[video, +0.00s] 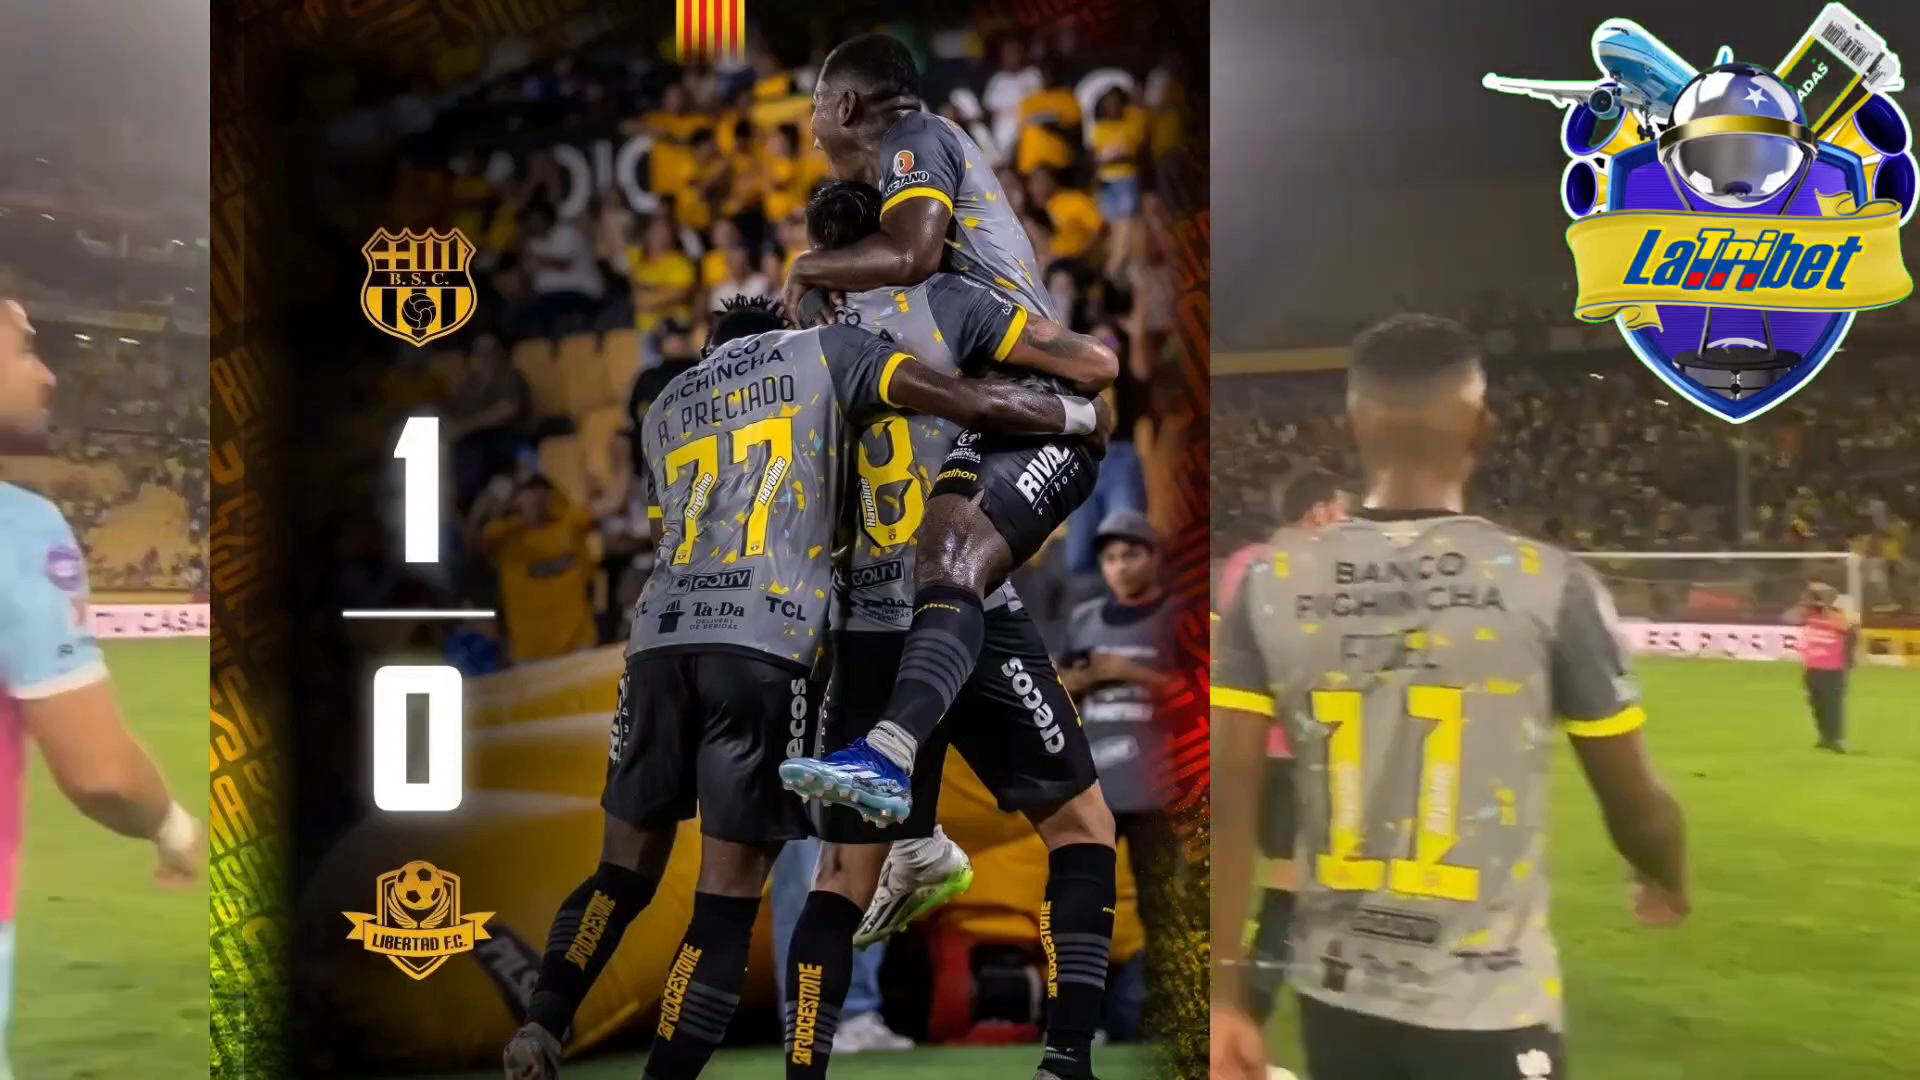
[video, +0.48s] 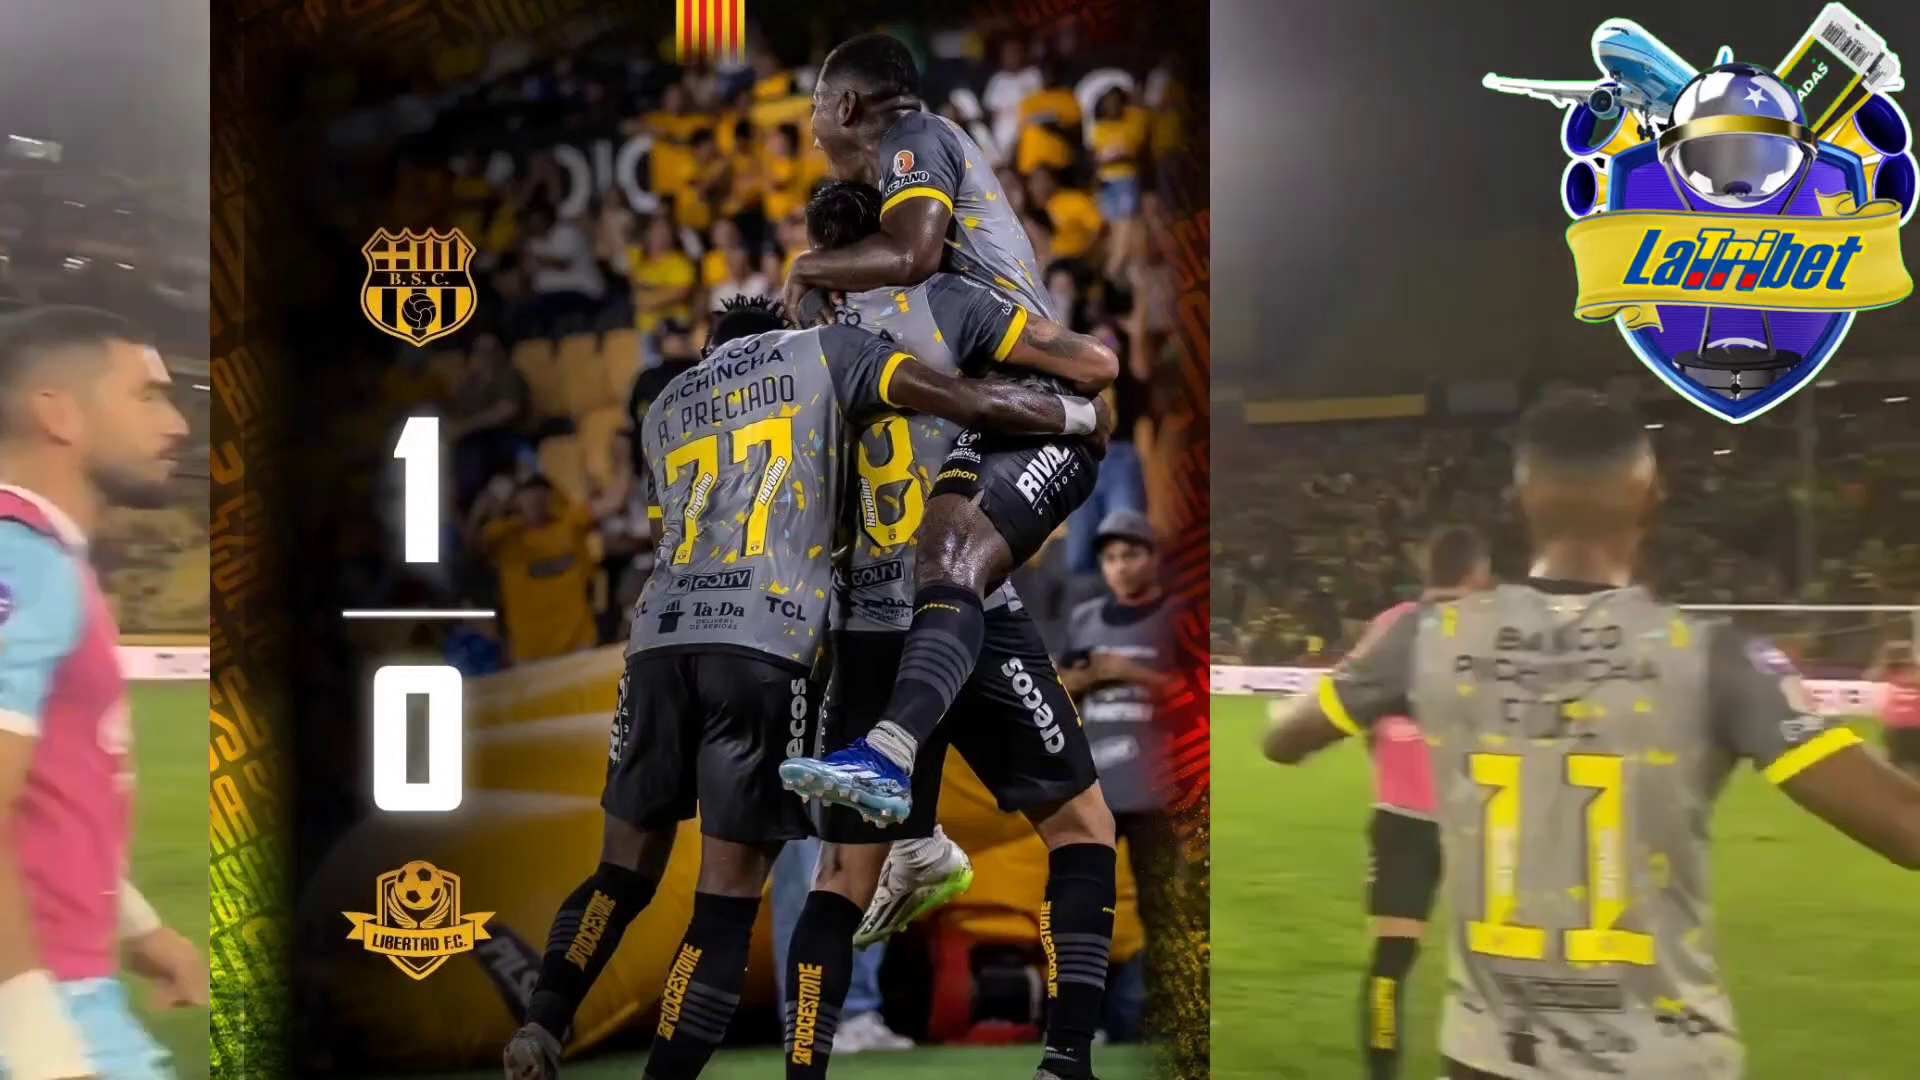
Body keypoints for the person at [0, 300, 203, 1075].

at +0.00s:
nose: (46, 373)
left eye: (33, 350)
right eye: (24, 350)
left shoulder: (23, 523)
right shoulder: (16, 524)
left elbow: (95, 771)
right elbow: (98, 771)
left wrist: (168, 824)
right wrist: (169, 824)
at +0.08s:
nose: (149, 394)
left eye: (137, 369)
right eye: (125, 368)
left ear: (54, 394)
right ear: (53, 392)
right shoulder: (83, 539)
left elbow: (165, 800)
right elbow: (166, 802)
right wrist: (240, 921)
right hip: (39, 956)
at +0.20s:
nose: (217, 413)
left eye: (210, 390)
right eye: (198, 389)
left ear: (121, 412)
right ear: (127, 411)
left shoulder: (16, 536)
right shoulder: (150, 549)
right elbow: (186, 813)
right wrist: (231, 961)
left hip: (12, 968)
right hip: (112, 980)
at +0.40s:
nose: (234, 427)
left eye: (229, 401)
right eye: (217, 400)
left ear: (141, 421)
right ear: (149, 419)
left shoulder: (64, 543)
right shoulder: (120, 558)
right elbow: (104, 820)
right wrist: (186, 1045)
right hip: (101, 1038)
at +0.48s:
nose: (177, 425)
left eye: (170, 397)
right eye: (149, 395)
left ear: (62, 414)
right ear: (56, 411)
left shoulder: (50, 560)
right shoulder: (29, 568)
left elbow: (47, 796)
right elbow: (2, 810)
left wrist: (139, 930)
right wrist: (32, 1031)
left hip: (73, 996)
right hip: (51, 1006)